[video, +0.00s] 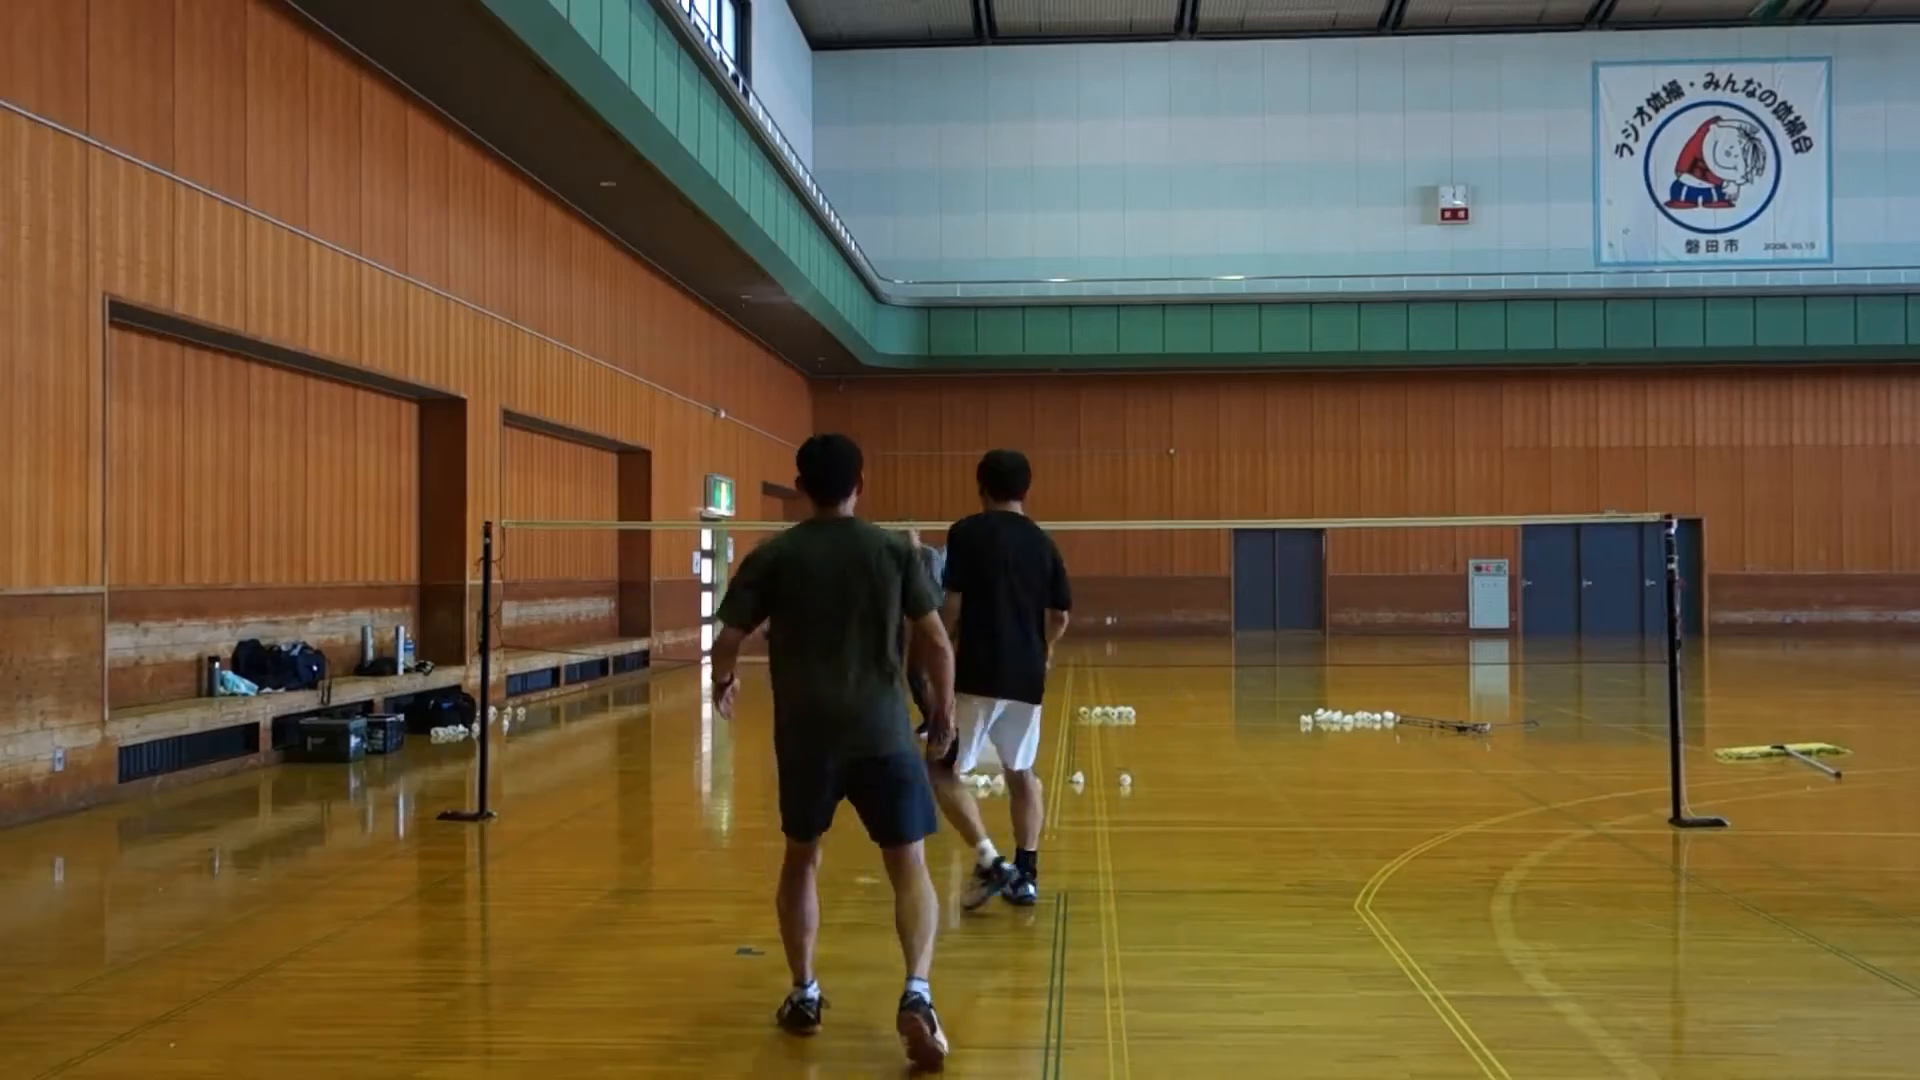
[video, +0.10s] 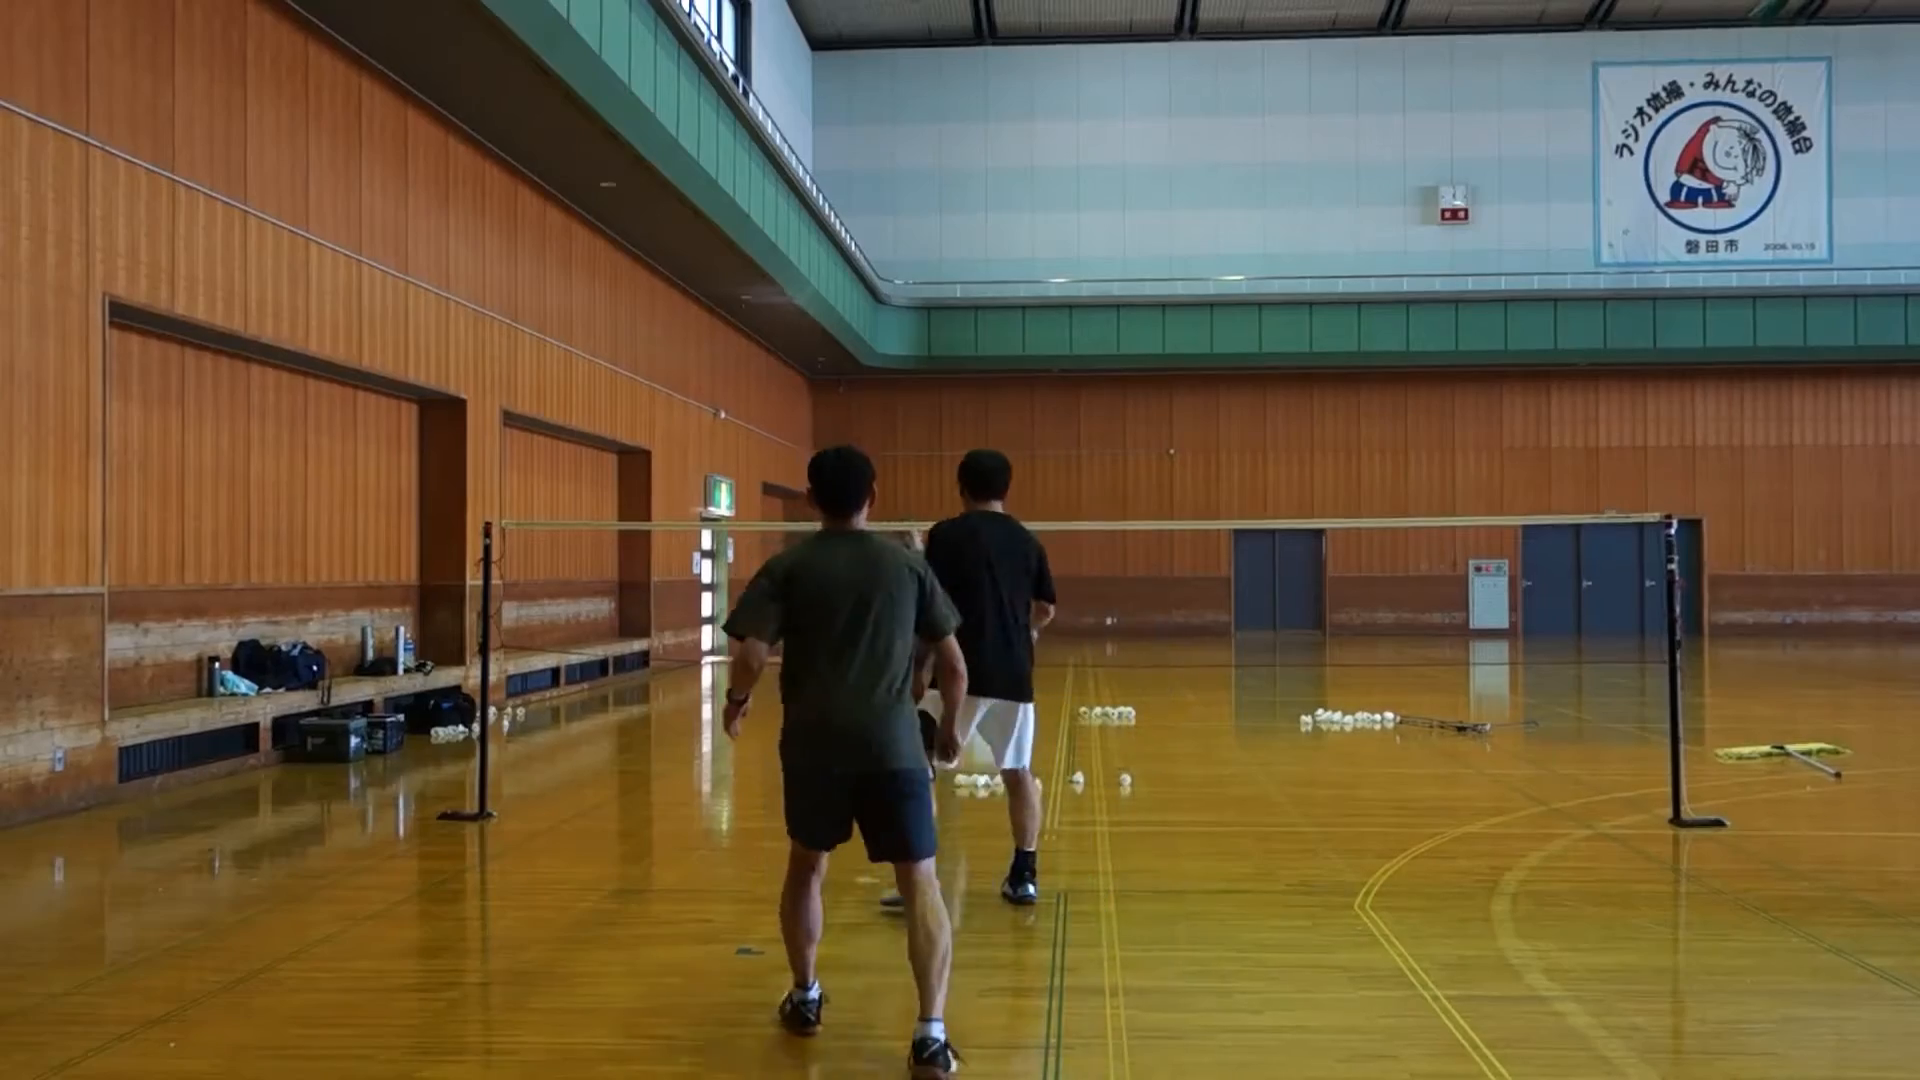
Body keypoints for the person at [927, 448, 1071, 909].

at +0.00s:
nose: (978, 493)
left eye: (979, 486)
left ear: (981, 488)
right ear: (1026, 489)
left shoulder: (965, 532)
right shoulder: (1042, 541)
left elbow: (951, 603)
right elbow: (1059, 612)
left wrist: (944, 653)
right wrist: (1045, 650)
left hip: (975, 673)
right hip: (1026, 677)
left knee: (942, 769)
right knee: (1021, 771)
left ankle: (988, 860)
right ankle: (1025, 874)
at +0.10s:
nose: (960, 491)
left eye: (961, 484)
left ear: (962, 487)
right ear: (1007, 488)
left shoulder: (944, 535)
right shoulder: (1024, 539)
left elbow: (930, 613)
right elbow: (1044, 610)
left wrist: (918, 673)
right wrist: (1018, 629)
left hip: (955, 673)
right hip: (1012, 675)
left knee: (921, 768)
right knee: (1019, 773)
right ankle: (1025, 873)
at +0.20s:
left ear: (938, 494)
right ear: (983, 494)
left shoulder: (915, 546)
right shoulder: (1008, 545)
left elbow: (896, 612)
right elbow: (1032, 602)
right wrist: (1017, 631)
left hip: (928, 682)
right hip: (998, 684)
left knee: (898, 774)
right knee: (1011, 774)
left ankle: (864, 873)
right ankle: (1023, 873)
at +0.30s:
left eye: (914, 506)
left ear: (910, 507)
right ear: (956, 505)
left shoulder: (898, 553)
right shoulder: (981, 552)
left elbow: (880, 617)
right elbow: (1018, 605)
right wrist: (1015, 623)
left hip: (916, 695)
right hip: (985, 692)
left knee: (873, 786)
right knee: (1004, 778)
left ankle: (841, 881)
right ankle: (1023, 875)